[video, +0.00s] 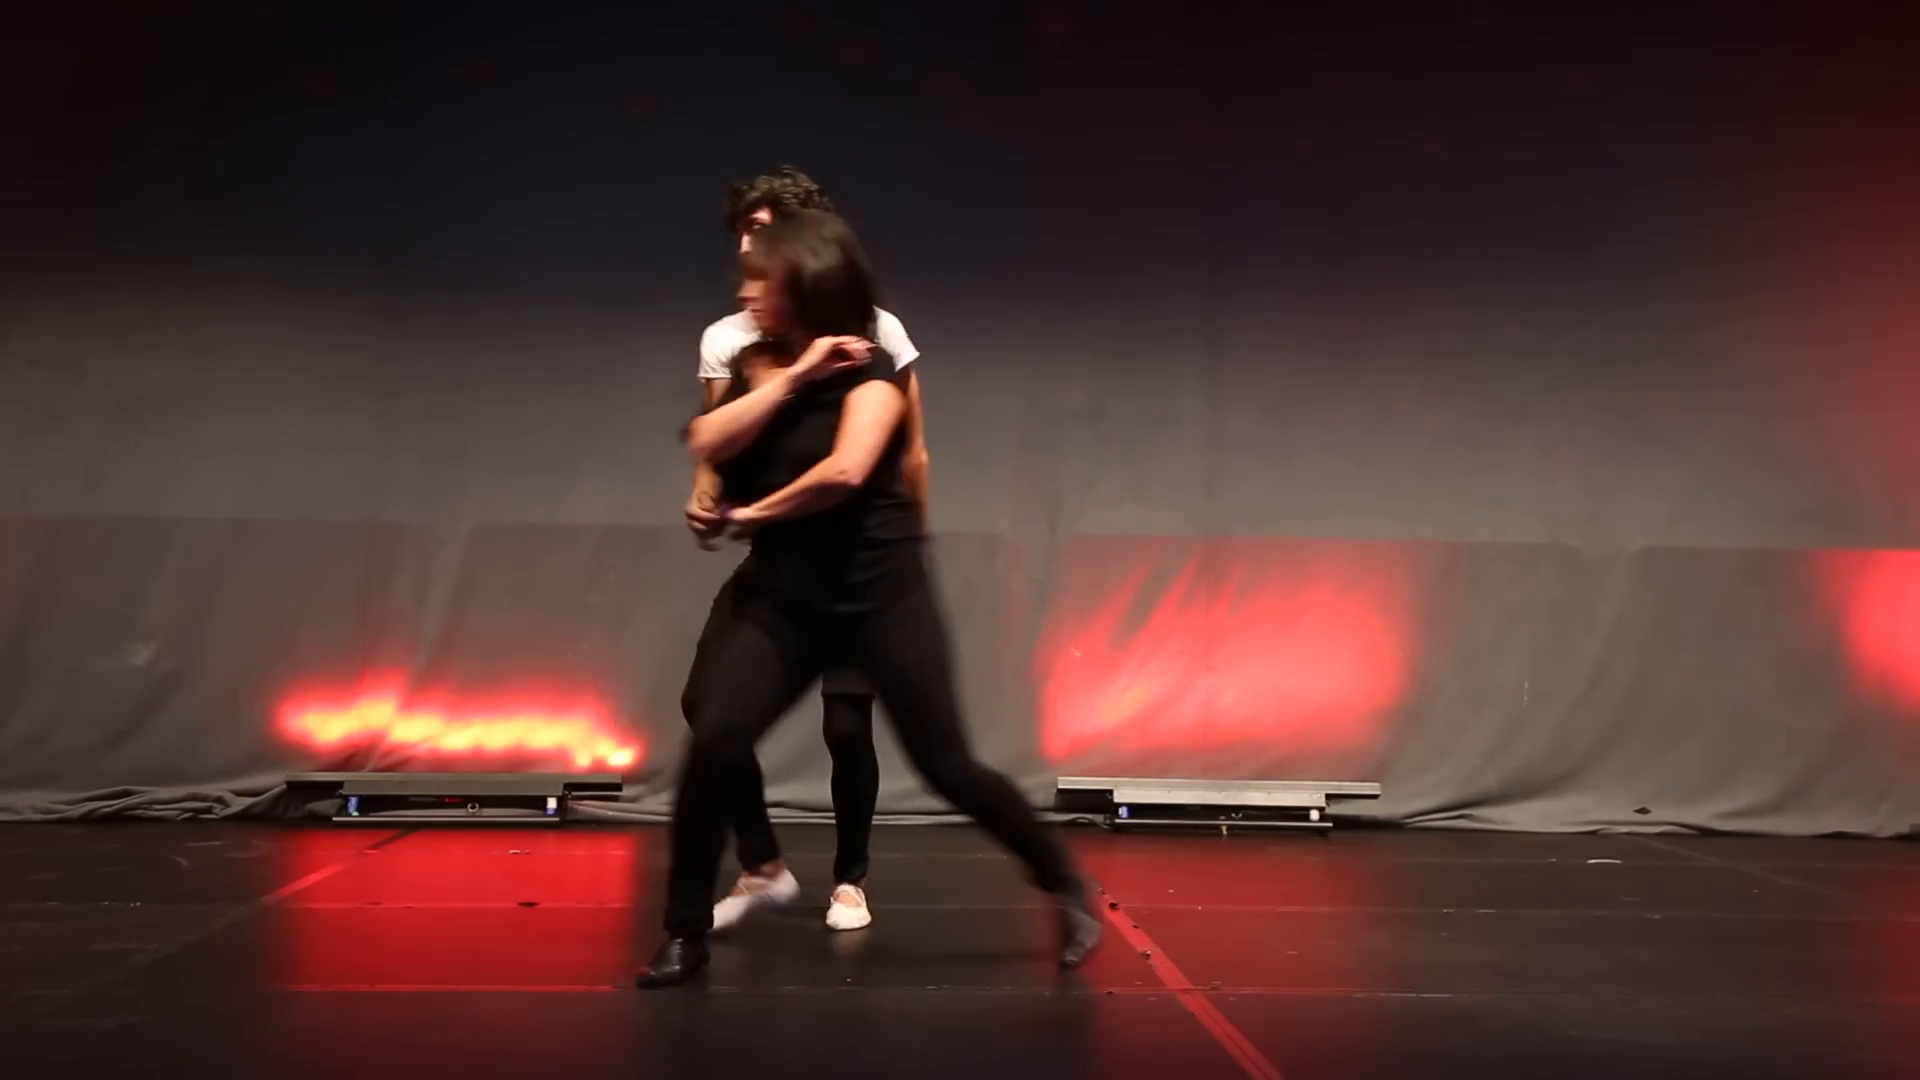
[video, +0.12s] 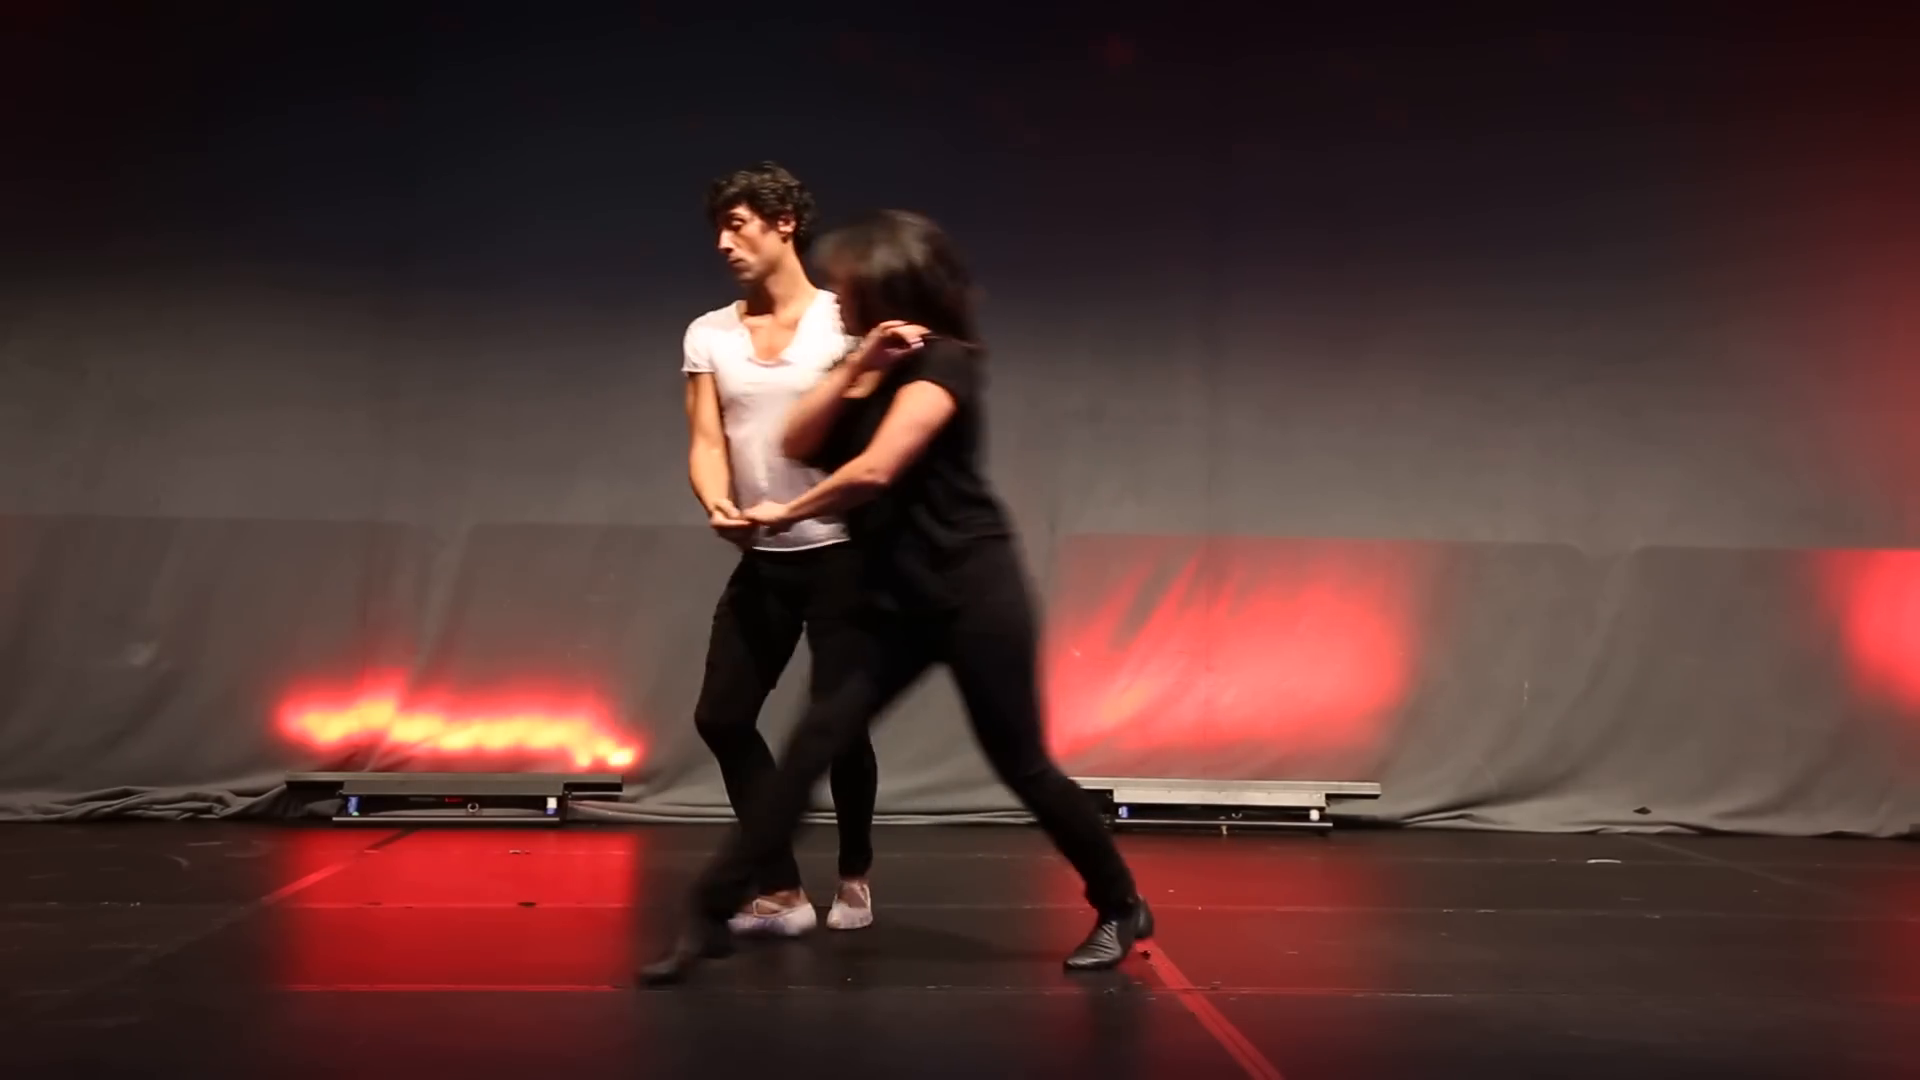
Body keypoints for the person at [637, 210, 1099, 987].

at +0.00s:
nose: (749, 296)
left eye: (763, 281)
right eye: (749, 280)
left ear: (811, 289)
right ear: (768, 288)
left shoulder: (873, 373)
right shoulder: (755, 371)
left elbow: (846, 472)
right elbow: (706, 442)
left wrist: (743, 515)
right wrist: (796, 373)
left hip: (884, 595)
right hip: (786, 594)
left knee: (944, 766)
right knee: (714, 743)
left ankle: (1066, 886)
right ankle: (687, 935)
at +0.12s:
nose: (842, 306)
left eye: (852, 290)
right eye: (840, 292)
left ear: (893, 288)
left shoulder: (939, 363)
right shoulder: (871, 367)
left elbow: (876, 470)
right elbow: (794, 441)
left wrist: (782, 513)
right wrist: (857, 370)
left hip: (975, 591)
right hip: (896, 597)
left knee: (1021, 760)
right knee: (810, 745)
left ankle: (1123, 909)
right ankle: (702, 922)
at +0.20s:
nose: (882, 311)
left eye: (891, 295)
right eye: (881, 297)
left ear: (932, 294)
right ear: (920, 307)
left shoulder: (978, 367)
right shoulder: (918, 367)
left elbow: (900, 471)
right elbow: (850, 448)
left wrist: (812, 509)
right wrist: (894, 371)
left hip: (1022, 593)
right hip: (948, 602)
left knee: (1051, 763)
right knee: (863, 745)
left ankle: (1134, 920)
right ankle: (795, 913)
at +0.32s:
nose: (930, 297)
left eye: (941, 284)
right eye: (932, 283)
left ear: (986, 288)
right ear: (982, 293)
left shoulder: (1023, 367)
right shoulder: (977, 363)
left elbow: (930, 462)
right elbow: (898, 457)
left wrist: (838, 501)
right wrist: (942, 374)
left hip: (1073, 590)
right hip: (1006, 595)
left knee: (1077, 763)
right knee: (904, 718)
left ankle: (1136, 927)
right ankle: (894, 908)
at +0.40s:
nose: (954, 291)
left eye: (967, 278)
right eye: (959, 277)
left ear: (1012, 285)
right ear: (1001, 286)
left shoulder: (1042, 363)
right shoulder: (1004, 359)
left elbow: (944, 456)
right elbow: (929, 443)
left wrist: (846, 491)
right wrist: (960, 372)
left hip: (1091, 584)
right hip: (1028, 591)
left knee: (1086, 758)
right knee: (921, 706)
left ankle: (1136, 926)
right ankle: (970, 880)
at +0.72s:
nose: (1008, 285)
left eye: (1018, 271)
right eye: (1010, 270)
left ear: (1053, 274)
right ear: (1089, 274)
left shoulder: (1045, 355)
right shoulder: (1115, 352)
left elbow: (952, 435)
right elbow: (1085, 416)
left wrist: (836, 438)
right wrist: (1022, 371)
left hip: (1075, 565)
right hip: (1115, 562)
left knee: (1047, 740)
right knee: (1076, 734)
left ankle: (1126, 907)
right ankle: (1137, 895)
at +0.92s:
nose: (1002, 292)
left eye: (1012, 278)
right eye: (1004, 277)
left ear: (1047, 280)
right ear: (1095, 280)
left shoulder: (1014, 358)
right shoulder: (1134, 361)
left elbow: (936, 435)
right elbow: (1165, 449)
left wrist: (817, 442)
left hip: (1045, 574)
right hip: (1130, 576)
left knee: (973, 724)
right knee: (1119, 738)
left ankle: (1003, 902)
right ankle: (1143, 915)